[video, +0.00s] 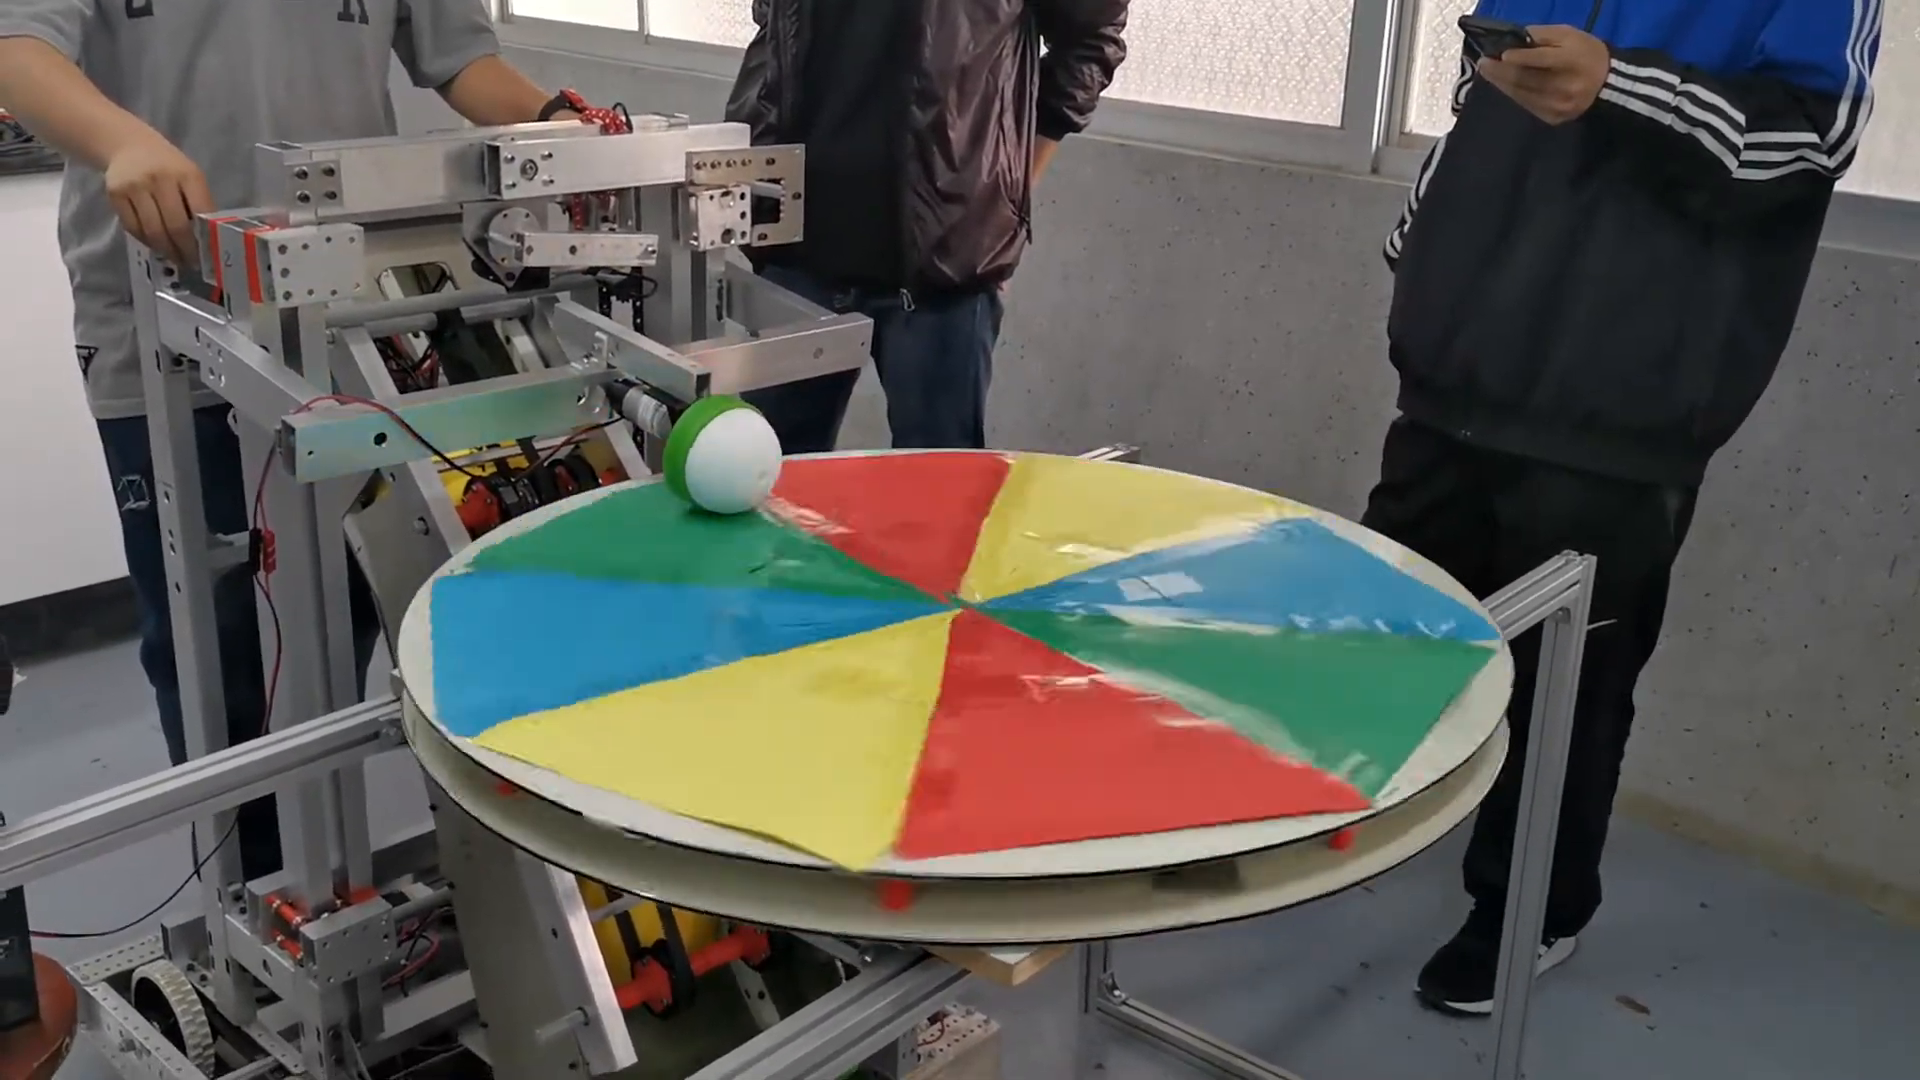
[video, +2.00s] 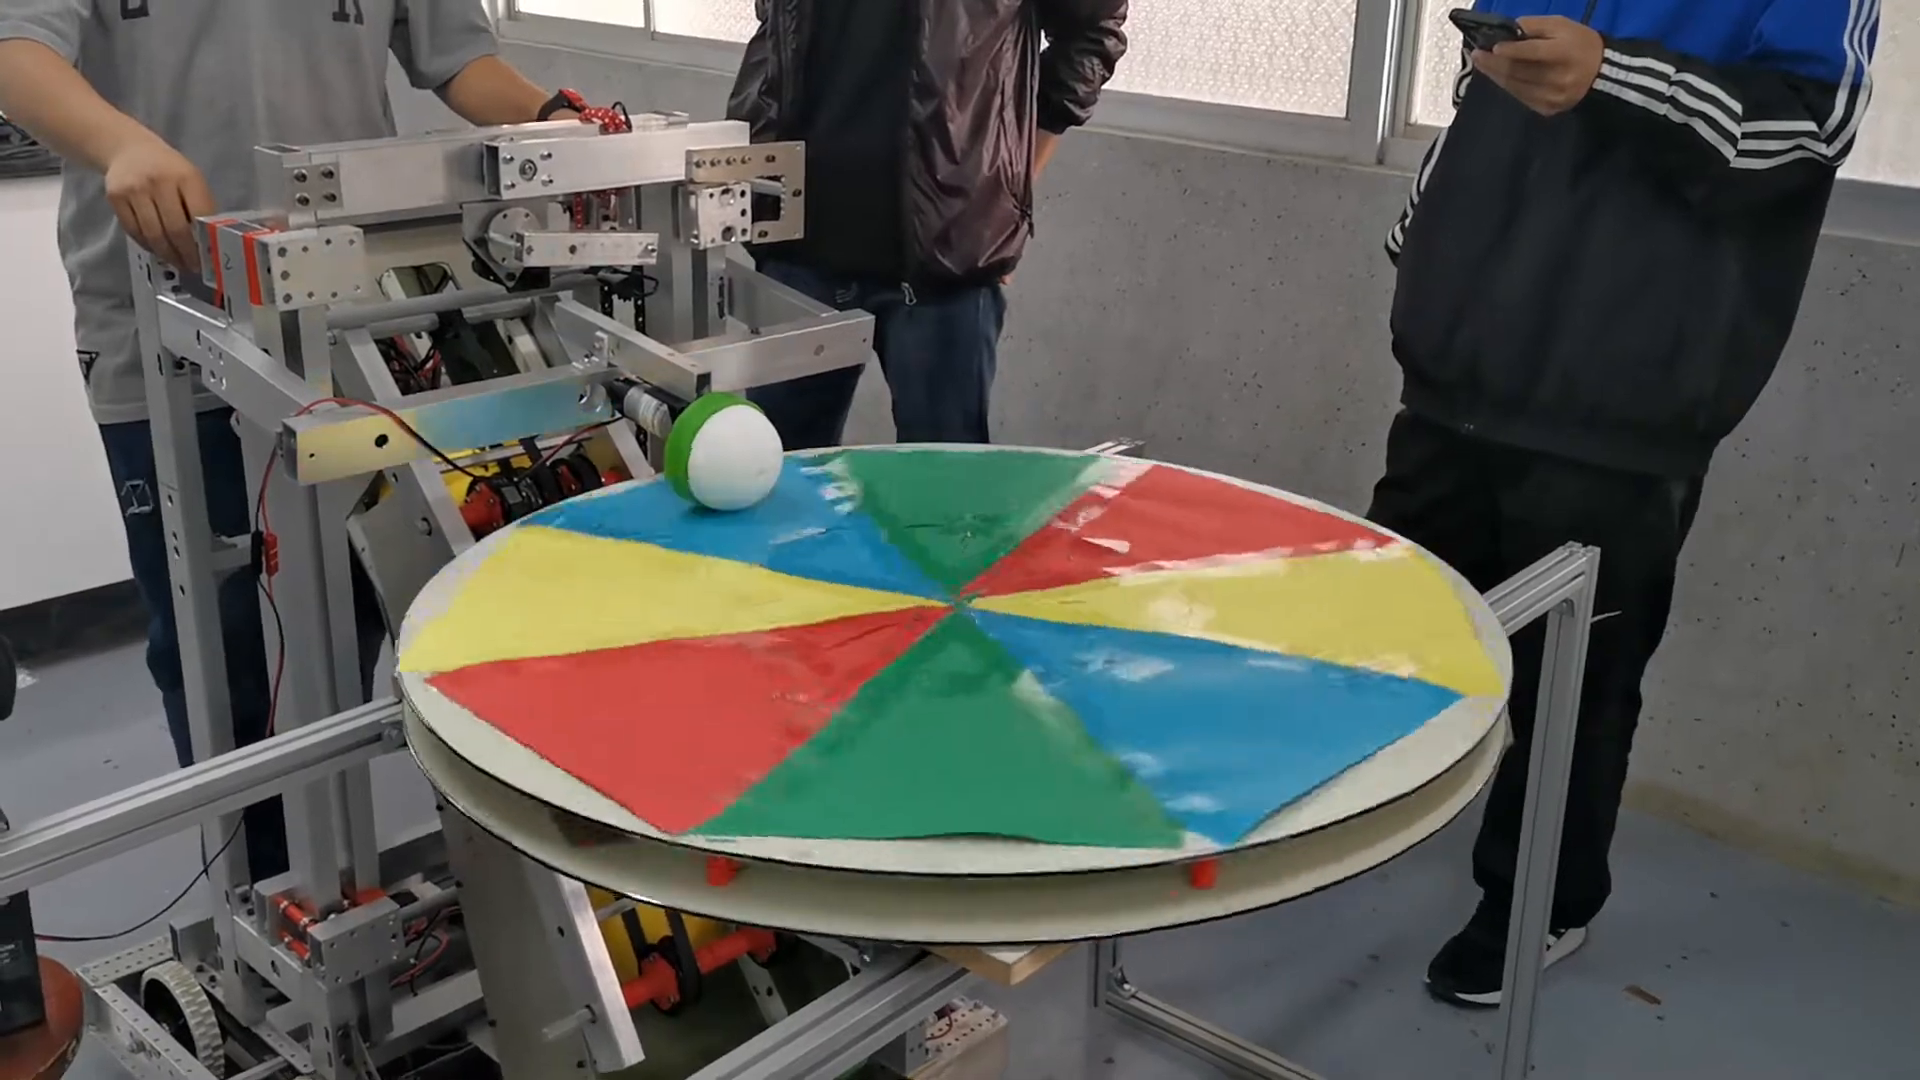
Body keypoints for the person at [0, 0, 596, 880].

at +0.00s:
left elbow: (453, 50)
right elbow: (18, 48)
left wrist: (559, 122)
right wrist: (119, 138)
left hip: (347, 323)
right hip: (162, 329)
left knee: (349, 608)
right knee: (206, 643)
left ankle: (337, 862)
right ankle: (253, 891)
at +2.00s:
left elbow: (452, 51)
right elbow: (18, 50)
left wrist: (556, 122)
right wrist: (118, 140)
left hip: (346, 324)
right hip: (163, 335)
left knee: (353, 611)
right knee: (211, 642)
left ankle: (347, 862)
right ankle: (258, 889)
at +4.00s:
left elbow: (461, 46)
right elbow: (23, 45)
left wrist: (559, 115)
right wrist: (123, 137)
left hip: (348, 314)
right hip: (167, 323)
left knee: (353, 600)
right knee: (214, 628)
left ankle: (346, 847)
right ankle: (262, 877)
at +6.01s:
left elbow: (462, 41)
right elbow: (26, 42)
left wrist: (560, 108)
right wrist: (133, 138)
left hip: (358, 312)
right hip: (179, 322)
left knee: (358, 604)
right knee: (226, 631)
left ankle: (350, 856)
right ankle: (275, 883)